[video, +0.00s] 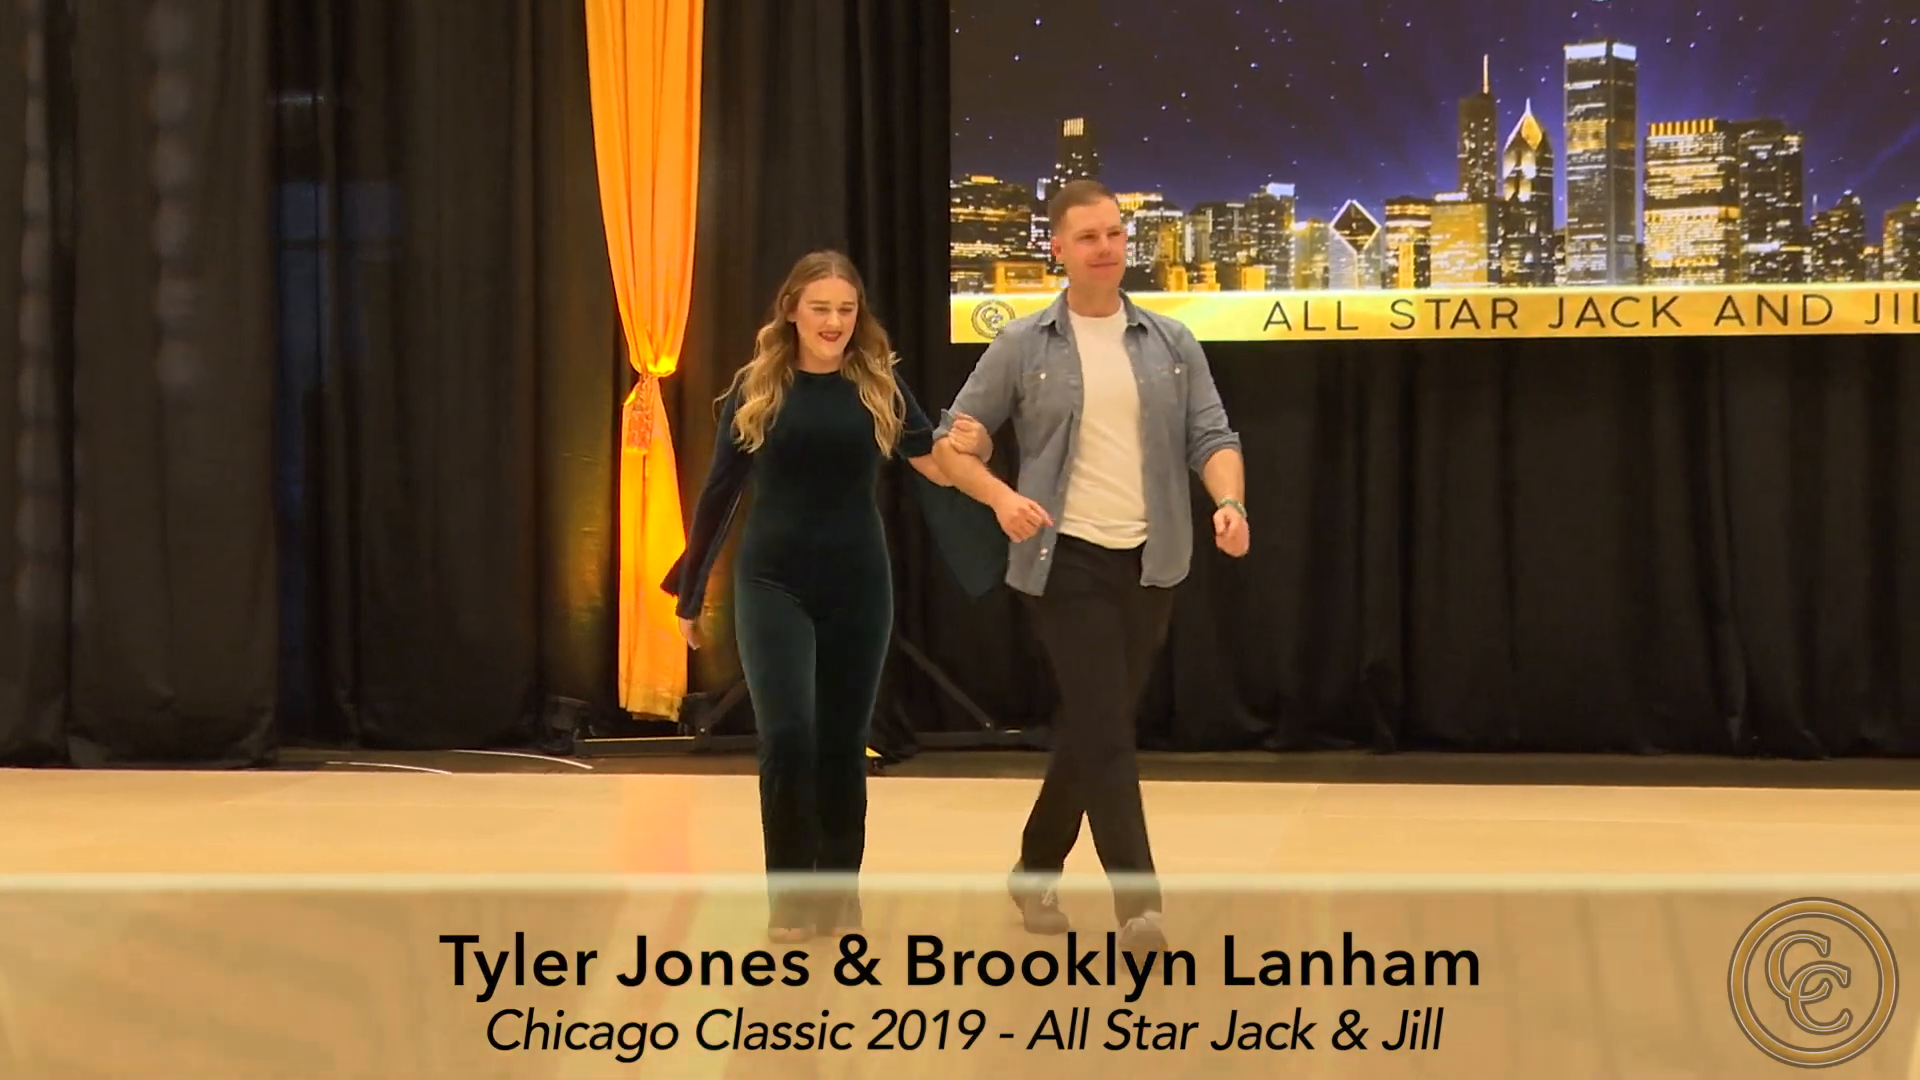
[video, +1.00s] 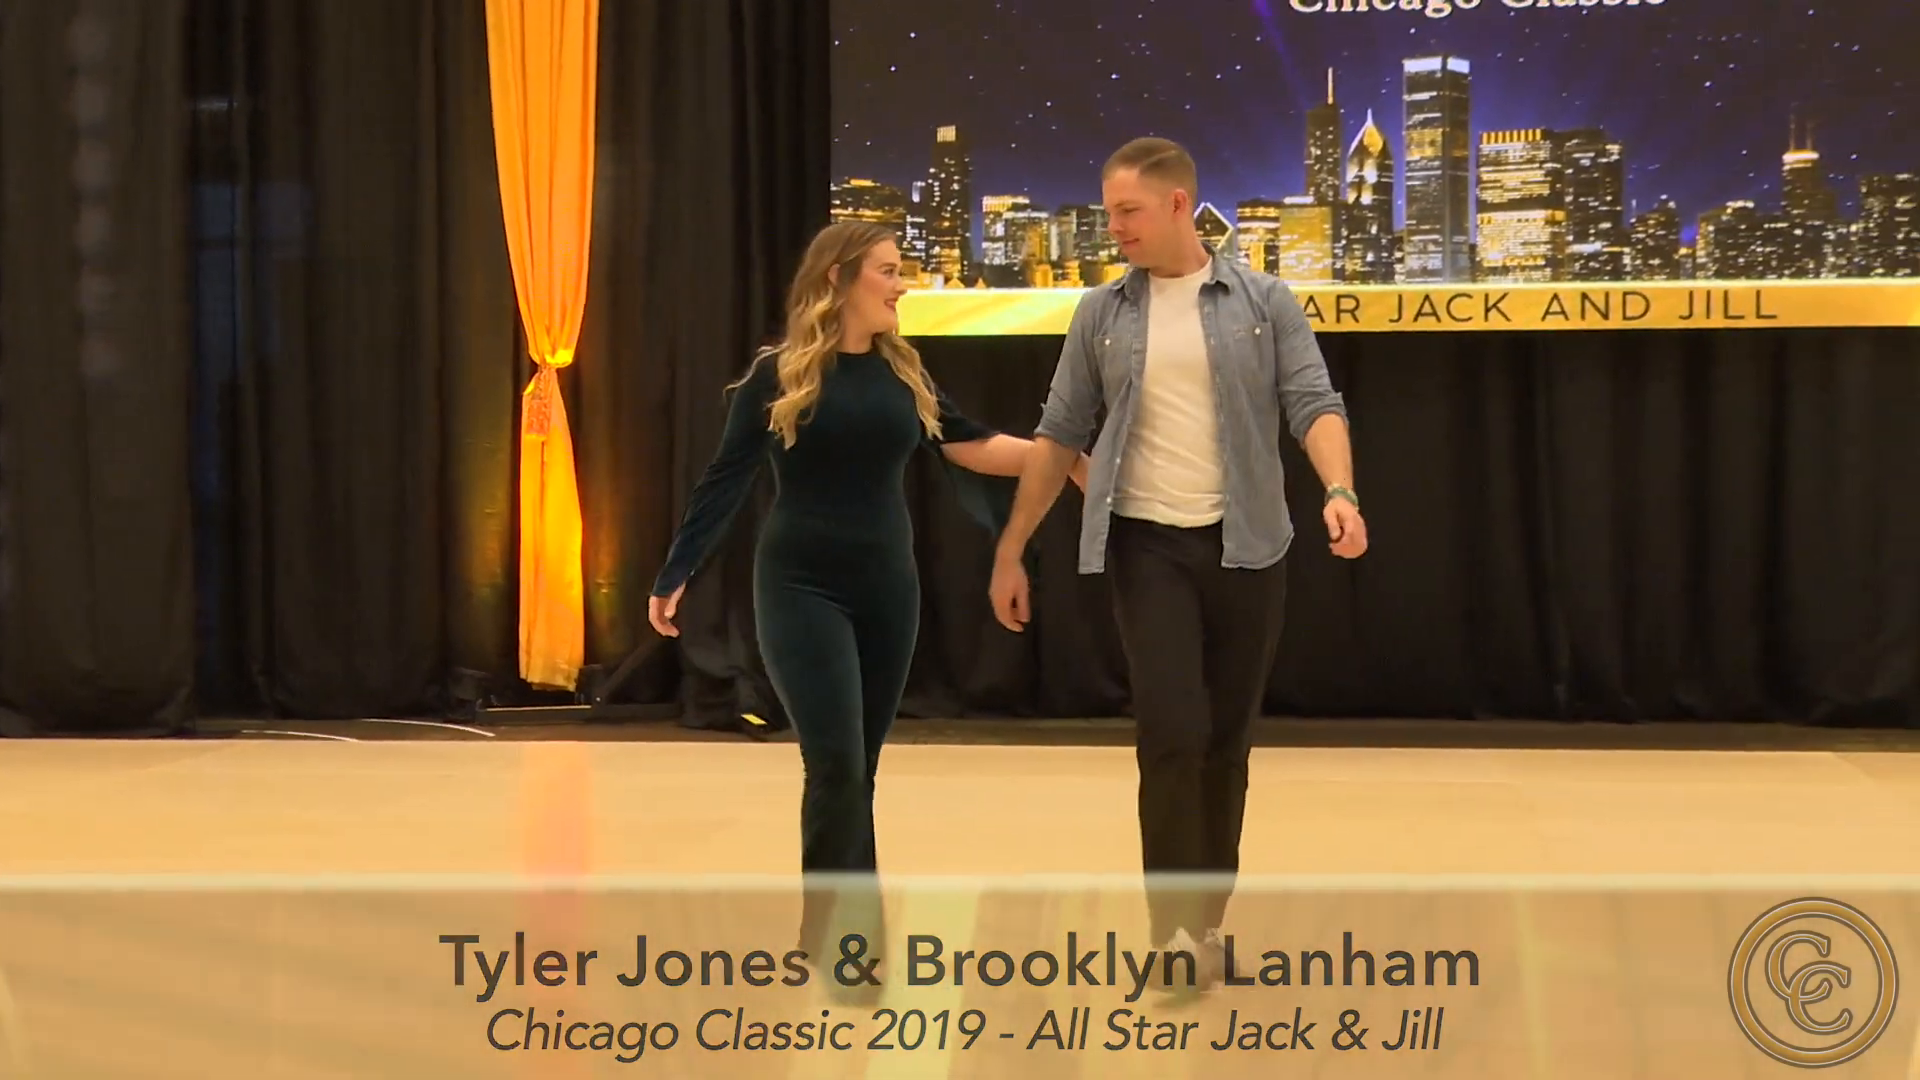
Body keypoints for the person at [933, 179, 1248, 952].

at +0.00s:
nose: (1106, 245)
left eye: (1115, 232)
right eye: (1088, 235)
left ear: (1128, 242)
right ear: (1057, 250)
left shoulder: (1172, 340)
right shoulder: (1021, 347)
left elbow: (1211, 435)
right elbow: (951, 448)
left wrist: (1229, 502)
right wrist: (1001, 496)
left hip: (1153, 562)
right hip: (1064, 560)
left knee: (1096, 724)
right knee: (1104, 728)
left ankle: (1034, 876)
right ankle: (1141, 909)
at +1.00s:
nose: (1116, 228)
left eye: (1128, 213)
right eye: (1110, 214)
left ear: (1182, 206)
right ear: (1113, 215)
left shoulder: (1266, 301)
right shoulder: (1102, 310)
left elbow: (1314, 405)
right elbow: (1059, 439)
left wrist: (1339, 491)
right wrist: (1008, 549)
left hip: (1246, 545)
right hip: (1144, 545)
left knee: (1225, 742)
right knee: (1172, 734)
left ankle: (1208, 927)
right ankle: (1170, 935)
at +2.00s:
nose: (1026, 201)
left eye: (1039, 185)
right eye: (1026, 187)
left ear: (1095, 189)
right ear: (1071, 193)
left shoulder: (1163, 287)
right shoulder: (1053, 299)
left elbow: (1204, 421)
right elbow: (1021, 423)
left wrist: (1160, 538)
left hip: (1127, 553)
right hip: (1048, 551)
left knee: (1137, 747)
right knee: (1077, 743)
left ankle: (1171, 954)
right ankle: (1112, 917)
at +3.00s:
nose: (1011, 197)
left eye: (1022, 182)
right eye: (1014, 182)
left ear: (1071, 189)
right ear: (1070, 190)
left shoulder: (1107, 285)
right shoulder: (1064, 287)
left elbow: (1099, 424)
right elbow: (1033, 411)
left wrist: (1018, 354)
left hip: (1085, 538)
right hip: (1050, 536)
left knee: (1082, 724)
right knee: (1055, 717)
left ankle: (1100, 921)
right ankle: (1057, 884)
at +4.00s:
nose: (1003, 242)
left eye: (1011, 227)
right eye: (1001, 228)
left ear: (1058, 223)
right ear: (1047, 225)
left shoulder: (1102, 312)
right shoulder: (1038, 306)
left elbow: (1108, 444)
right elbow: (1001, 409)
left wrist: (1021, 379)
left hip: (1078, 535)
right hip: (1042, 530)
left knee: (1032, 692)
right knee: (1059, 695)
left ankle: (1073, 883)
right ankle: (1077, 866)